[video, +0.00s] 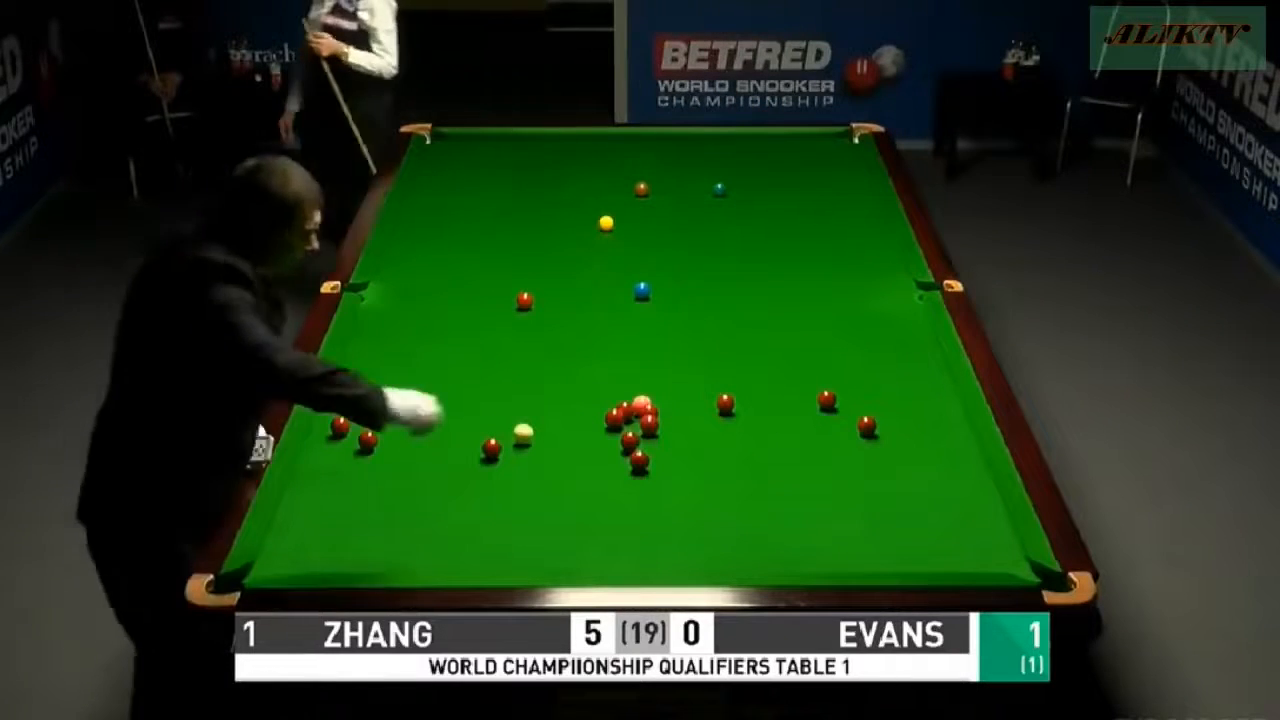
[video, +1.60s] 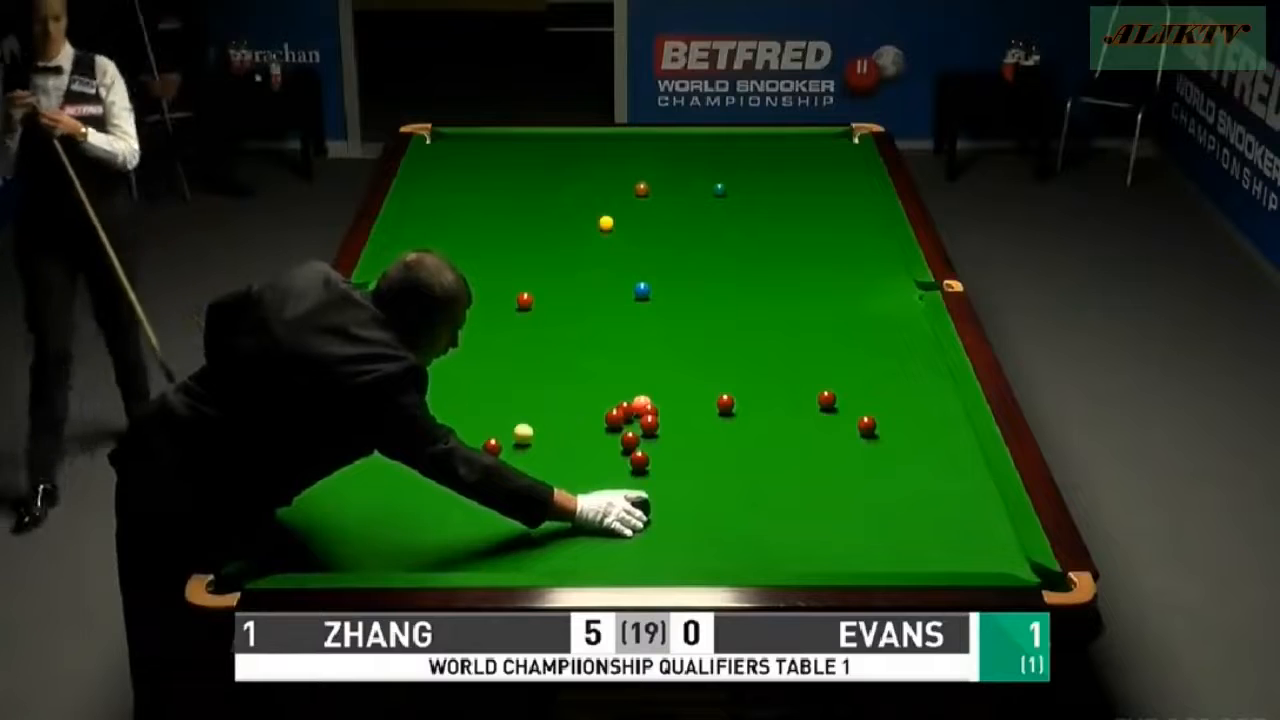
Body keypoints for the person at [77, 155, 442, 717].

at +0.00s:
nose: (314, 242)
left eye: (315, 230)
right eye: (306, 231)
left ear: (252, 220)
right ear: (268, 229)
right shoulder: (210, 284)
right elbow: (271, 363)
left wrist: (236, 436)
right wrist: (379, 402)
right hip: (144, 507)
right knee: (176, 655)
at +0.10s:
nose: (335, 250)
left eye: (336, 239)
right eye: (329, 239)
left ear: (267, 224)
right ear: (291, 238)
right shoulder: (237, 293)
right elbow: (301, 373)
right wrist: (422, 410)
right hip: (154, 508)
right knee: (171, 666)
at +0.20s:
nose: (369, 262)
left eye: (369, 249)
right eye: (363, 251)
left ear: (295, 232)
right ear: (331, 256)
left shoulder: (233, 261)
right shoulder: (283, 327)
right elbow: (360, 402)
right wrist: (477, 440)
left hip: (140, 492)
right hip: (173, 516)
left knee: (169, 666)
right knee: (184, 674)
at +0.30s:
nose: (394, 278)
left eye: (394, 265)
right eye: (389, 267)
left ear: (320, 248)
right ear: (358, 269)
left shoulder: (254, 262)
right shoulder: (318, 337)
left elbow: (186, 308)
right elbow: (389, 419)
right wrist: (505, 461)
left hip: (141, 483)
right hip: (191, 507)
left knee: (159, 655)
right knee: (195, 662)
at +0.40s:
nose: (426, 312)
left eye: (427, 299)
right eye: (422, 300)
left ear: (355, 268)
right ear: (392, 303)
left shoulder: (281, 271)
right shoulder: (357, 364)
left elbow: (201, 327)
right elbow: (429, 443)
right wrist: (543, 491)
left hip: (142, 470)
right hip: (205, 507)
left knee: (161, 649)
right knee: (205, 657)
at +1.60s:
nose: (455, 342)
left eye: (458, 329)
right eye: (454, 331)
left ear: (387, 287)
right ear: (429, 329)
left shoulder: (314, 281)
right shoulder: (384, 383)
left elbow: (222, 316)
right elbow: (457, 465)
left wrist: (240, 402)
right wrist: (575, 506)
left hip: (155, 449)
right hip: (196, 493)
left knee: (160, 635)